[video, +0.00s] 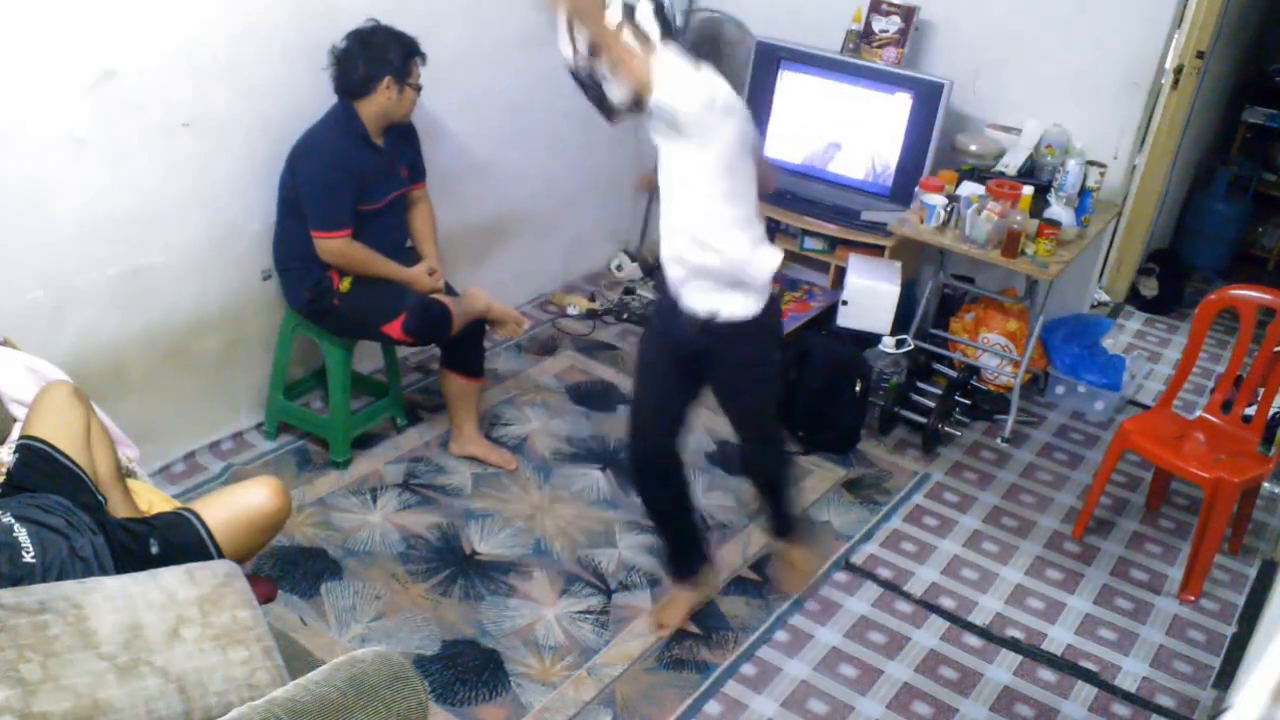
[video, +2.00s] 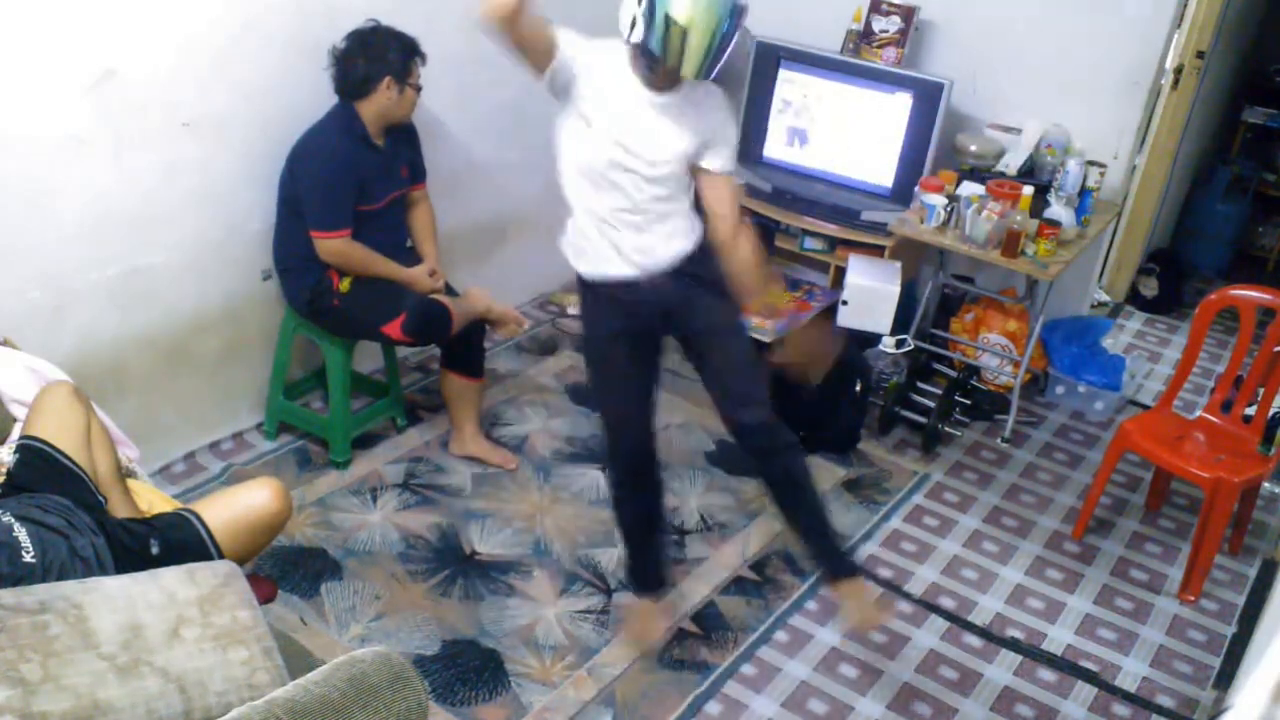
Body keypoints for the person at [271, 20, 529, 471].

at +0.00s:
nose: (419, 96)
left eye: (419, 87)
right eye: (416, 87)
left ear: (386, 88)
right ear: (387, 88)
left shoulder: (399, 131)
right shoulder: (325, 151)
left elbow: (418, 202)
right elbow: (333, 249)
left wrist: (429, 259)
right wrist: (407, 276)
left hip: (387, 266)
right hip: (325, 283)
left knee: (466, 320)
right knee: (424, 324)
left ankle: (465, 435)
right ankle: (477, 305)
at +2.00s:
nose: (419, 96)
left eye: (419, 87)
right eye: (416, 87)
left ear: (387, 88)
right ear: (387, 88)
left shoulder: (400, 130)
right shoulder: (326, 151)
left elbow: (418, 202)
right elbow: (332, 249)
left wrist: (429, 260)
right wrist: (407, 276)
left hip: (389, 264)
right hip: (325, 281)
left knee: (465, 323)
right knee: (423, 324)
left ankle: (466, 435)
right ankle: (477, 306)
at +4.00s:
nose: (419, 95)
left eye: (419, 87)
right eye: (416, 86)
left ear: (387, 86)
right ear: (388, 86)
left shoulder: (399, 132)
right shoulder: (326, 150)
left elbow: (417, 202)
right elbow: (332, 248)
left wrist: (429, 258)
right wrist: (407, 276)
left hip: (388, 266)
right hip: (326, 283)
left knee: (466, 321)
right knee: (426, 323)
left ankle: (465, 435)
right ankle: (477, 305)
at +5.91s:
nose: (419, 95)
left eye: (419, 86)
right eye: (415, 86)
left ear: (386, 87)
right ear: (387, 86)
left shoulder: (400, 131)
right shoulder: (324, 151)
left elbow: (417, 201)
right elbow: (331, 248)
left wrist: (430, 262)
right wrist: (406, 276)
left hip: (388, 259)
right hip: (326, 282)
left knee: (467, 326)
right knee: (421, 322)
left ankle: (466, 436)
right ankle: (475, 306)